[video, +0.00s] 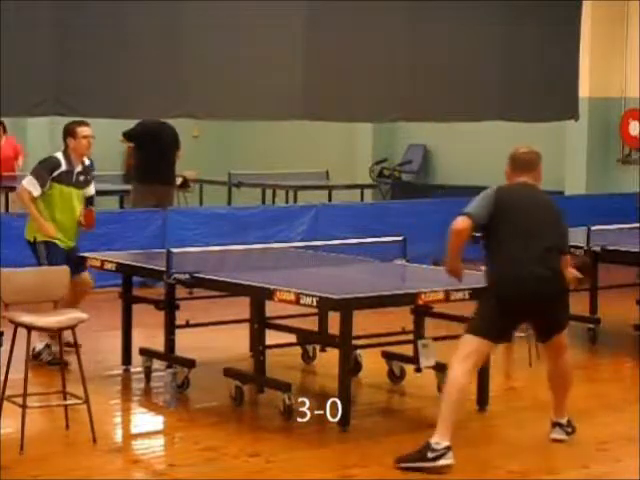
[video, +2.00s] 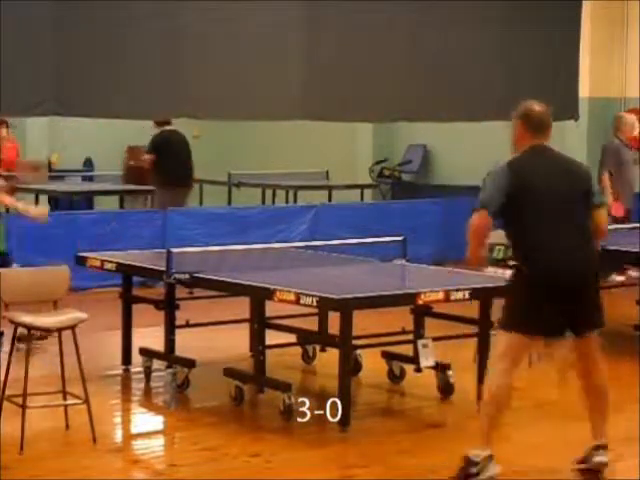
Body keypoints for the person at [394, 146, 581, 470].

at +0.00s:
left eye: (507, 173)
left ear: (508, 172)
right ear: (538, 174)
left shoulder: (496, 195)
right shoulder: (551, 205)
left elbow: (460, 227)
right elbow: (561, 257)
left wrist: (453, 262)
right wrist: (566, 271)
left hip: (505, 290)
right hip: (549, 289)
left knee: (464, 361)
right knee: (558, 351)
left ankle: (440, 444)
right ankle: (560, 421)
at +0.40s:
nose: (509, 159)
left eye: (510, 153)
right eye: (512, 153)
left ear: (514, 153)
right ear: (542, 153)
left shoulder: (518, 182)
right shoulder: (560, 185)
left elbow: (498, 224)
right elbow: (564, 231)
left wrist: (478, 256)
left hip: (535, 275)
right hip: (571, 274)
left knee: (501, 349)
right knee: (563, 344)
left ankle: (491, 440)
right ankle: (568, 420)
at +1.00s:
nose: (478, 187)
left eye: (478, 182)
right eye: (481, 182)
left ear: (482, 181)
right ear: (512, 181)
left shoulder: (482, 214)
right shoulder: (539, 212)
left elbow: (467, 265)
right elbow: (572, 264)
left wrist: (445, 292)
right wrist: (557, 293)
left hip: (511, 309)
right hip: (556, 304)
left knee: (458, 373)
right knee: (560, 361)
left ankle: (468, 461)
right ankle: (587, 437)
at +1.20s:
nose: (503, 167)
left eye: (473, 166)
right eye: (504, 161)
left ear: (472, 166)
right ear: (504, 162)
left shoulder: (458, 202)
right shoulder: (529, 196)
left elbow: (439, 257)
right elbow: (558, 258)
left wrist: (447, 290)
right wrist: (529, 262)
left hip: (487, 305)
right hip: (534, 303)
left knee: (444, 378)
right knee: (558, 371)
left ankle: (462, 459)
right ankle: (588, 439)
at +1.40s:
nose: (450, 151)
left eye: (447, 146)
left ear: (448, 147)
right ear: (481, 140)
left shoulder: (448, 187)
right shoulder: (510, 171)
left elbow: (436, 245)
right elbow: (532, 221)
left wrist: (432, 268)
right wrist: (507, 239)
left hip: (481, 294)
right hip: (529, 287)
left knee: (452, 375)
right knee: (549, 365)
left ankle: (460, 460)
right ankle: (575, 447)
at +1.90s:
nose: (497, 144)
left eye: (497, 138)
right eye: (500, 137)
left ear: (503, 138)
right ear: (533, 138)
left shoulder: (498, 179)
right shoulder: (561, 176)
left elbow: (471, 233)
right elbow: (584, 234)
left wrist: (458, 275)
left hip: (522, 289)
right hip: (569, 287)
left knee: (490, 369)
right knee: (566, 368)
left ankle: (464, 457)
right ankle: (577, 451)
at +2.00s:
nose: (512, 135)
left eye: (513, 130)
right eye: (515, 129)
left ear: (519, 130)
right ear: (549, 131)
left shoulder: (509, 171)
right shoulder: (578, 170)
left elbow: (479, 224)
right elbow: (601, 225)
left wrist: (475, 261)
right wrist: (577, 248)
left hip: (534, 278)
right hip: (581, 277)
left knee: (503, 364)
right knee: (591, 359)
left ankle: (483, 452)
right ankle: (600, 446)